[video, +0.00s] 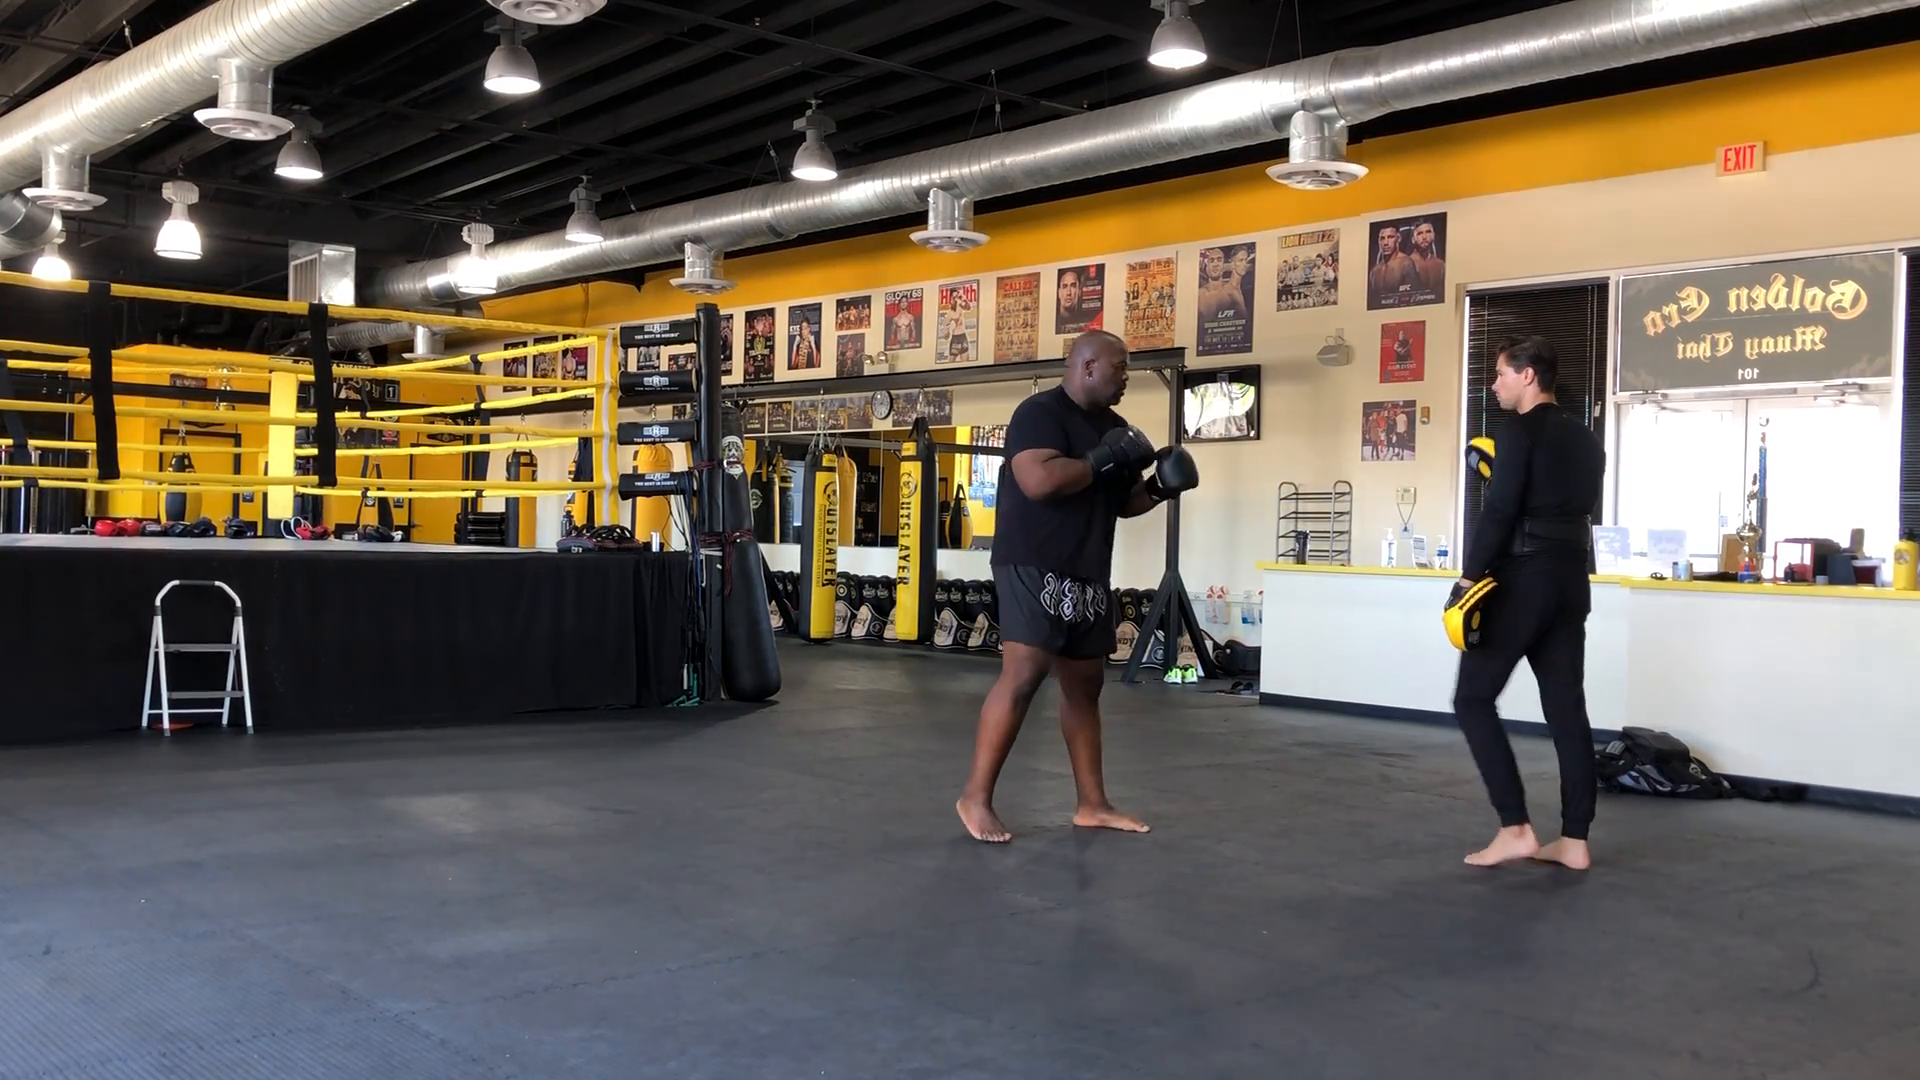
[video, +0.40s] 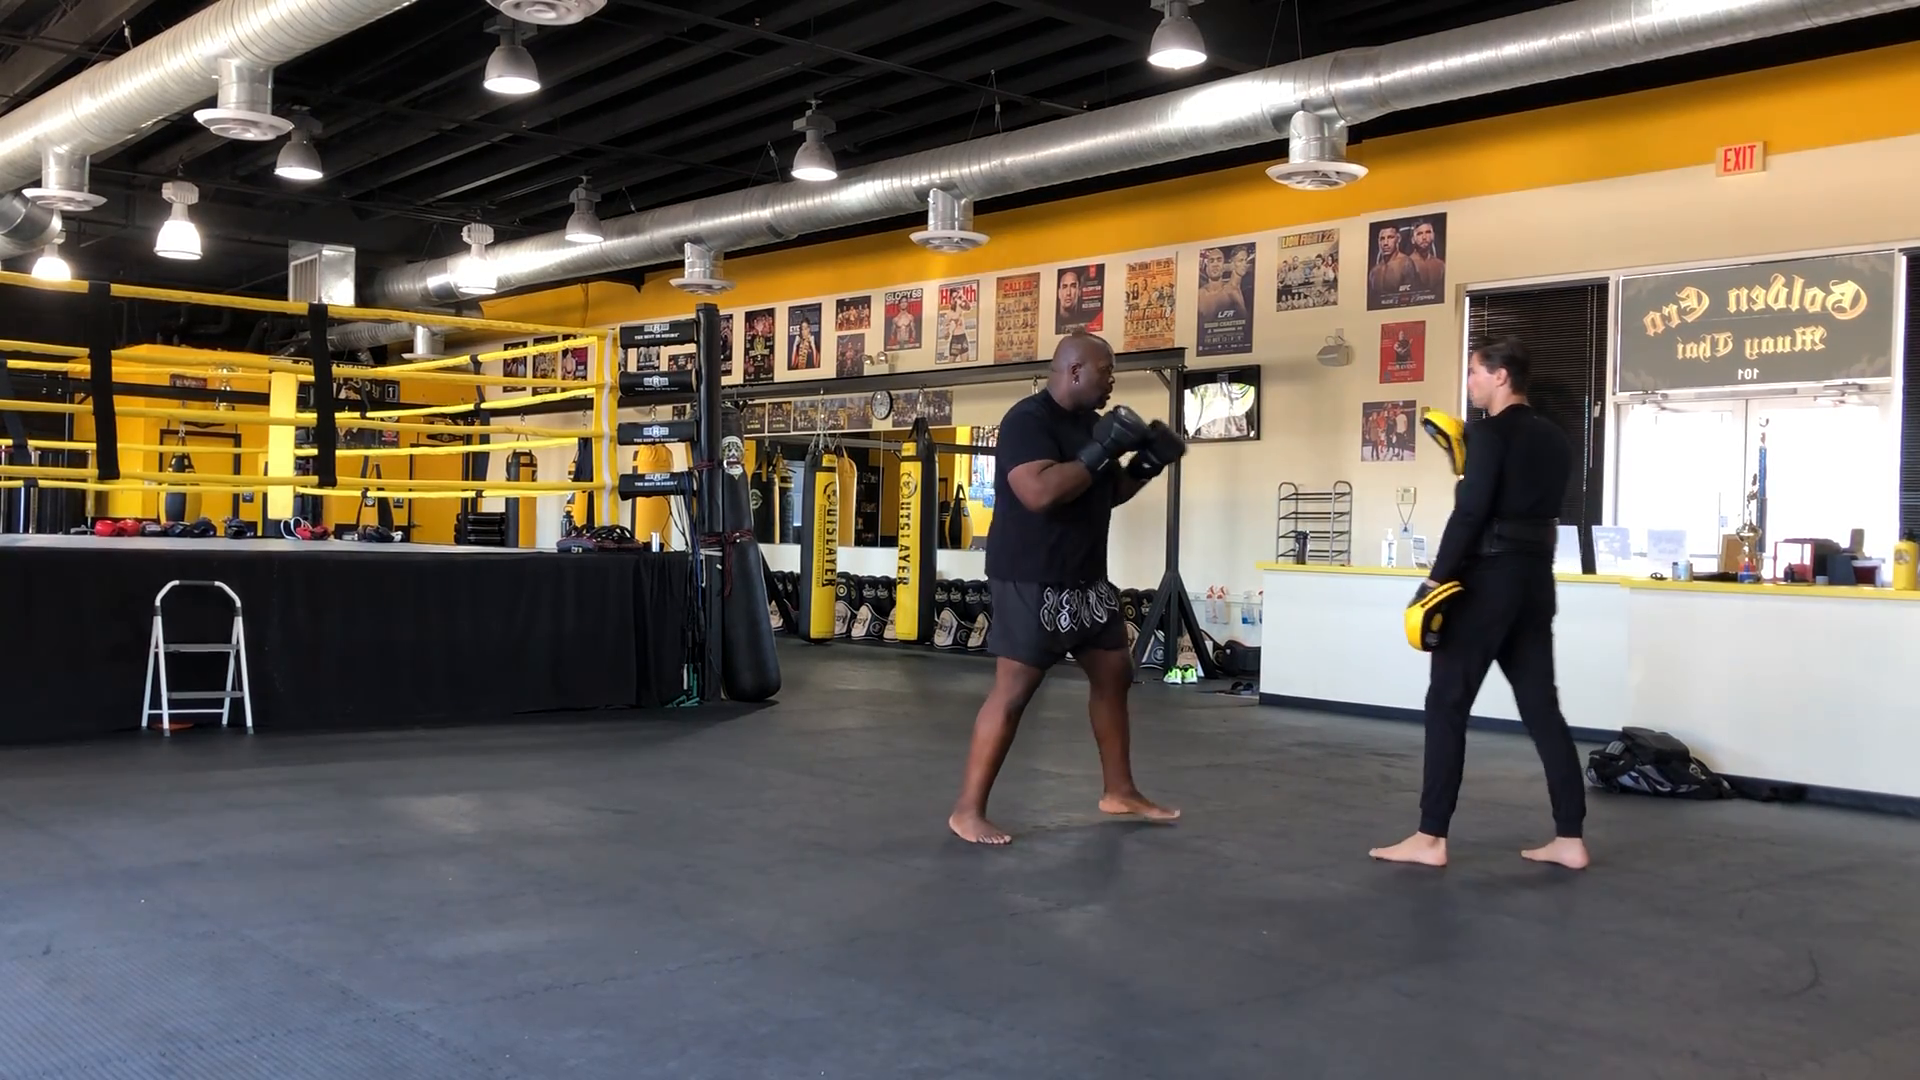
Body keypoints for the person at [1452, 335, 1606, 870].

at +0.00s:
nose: (1495, 385)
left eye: (1501, 375)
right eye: (1496, 375)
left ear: (1529, 377)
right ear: (1540, 379)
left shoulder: (1518, 430)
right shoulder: (1585, 437)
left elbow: (1499, 511)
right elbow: (1578, 513)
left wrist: (1469, 583)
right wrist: (1506, 475)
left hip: (1523, 584)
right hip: (1571, 586)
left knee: (1472, 702)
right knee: (1567, 713)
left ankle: (1515, 829)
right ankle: (1574, 840)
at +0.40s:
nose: (1469, 382)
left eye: (1474, 373)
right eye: (1470, 372)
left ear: (1500, 376)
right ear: (1510, 379)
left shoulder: (1491, 431)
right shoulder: (1553, 437)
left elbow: (1471, 511)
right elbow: (1530, 507)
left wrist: (1434, 584)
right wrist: (1468, 459)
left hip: (1485, 585)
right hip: (1534, 585)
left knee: (1445, 705)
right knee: (1542, 710)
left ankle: (1430, 837)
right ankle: (1570, 840)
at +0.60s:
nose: (1433, 378)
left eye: (1439, 368)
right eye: (1434, 368)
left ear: (1467, 373)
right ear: (1474, 374)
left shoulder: (1471, 430)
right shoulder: (1506, 426)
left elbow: (1455, 512)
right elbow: (1460, 494)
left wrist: (1410, 583)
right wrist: (1424, 445)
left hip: (1459, 583)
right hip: (1498, 580)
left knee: (1432, 709)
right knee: (1502, 703)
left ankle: (1428, 838)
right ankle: (1559, 824)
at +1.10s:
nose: (1400, 380)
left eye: (1404, 370)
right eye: (1401, 371)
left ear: (1428, 372)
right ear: (1444, 372)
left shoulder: (1420, 428)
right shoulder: (1494, 428)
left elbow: (1398, 505)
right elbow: (1487, 503)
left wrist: (1361, 571)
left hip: (1432, 577)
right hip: (1485, 576)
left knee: (1429, 709)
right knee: (1499, 696)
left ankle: (1428, 838)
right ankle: (1554, 812)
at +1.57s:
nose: (1444, 394)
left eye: (1449, 384)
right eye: (1444, 384)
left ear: (1477, 384)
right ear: (1487, 385)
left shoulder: (1477, 436)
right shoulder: (1540, 435)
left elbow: (1455, 514)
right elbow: (1535, 513)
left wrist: (1420, 517)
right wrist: (1460, 534)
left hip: (1494, 587)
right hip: (1545, 585)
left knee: (1456, 709)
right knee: (1552, 710)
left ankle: (1432, 834)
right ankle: (1574, 838)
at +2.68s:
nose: (1448, 420)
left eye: (1454, 410)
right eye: (1447, 410)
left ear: (1483, 409)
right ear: (1487, 411)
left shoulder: (1504, 456)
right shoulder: (1542, 446)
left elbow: (1518, 527)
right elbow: (1543, 521)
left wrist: (1463, 550)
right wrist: (1484, 529)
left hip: (1534, 586)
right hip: (1570, 582)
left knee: (1491, 702)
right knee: (1539, 692)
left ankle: (1510, 831)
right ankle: (1561, 815)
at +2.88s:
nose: (1460, 416)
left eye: (1467, 406)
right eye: (1459, 407)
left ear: (1495, 407)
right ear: (1491, 409)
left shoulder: (1526, 450)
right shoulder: (1517, 450)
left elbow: (1556, 517)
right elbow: (1521, 514)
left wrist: (1496, 547)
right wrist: (1483, 527)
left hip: (1544, 580)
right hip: (1569, 581)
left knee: (1478, 691)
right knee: (1536, 692)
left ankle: (1501, 814)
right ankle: (1560, 816)